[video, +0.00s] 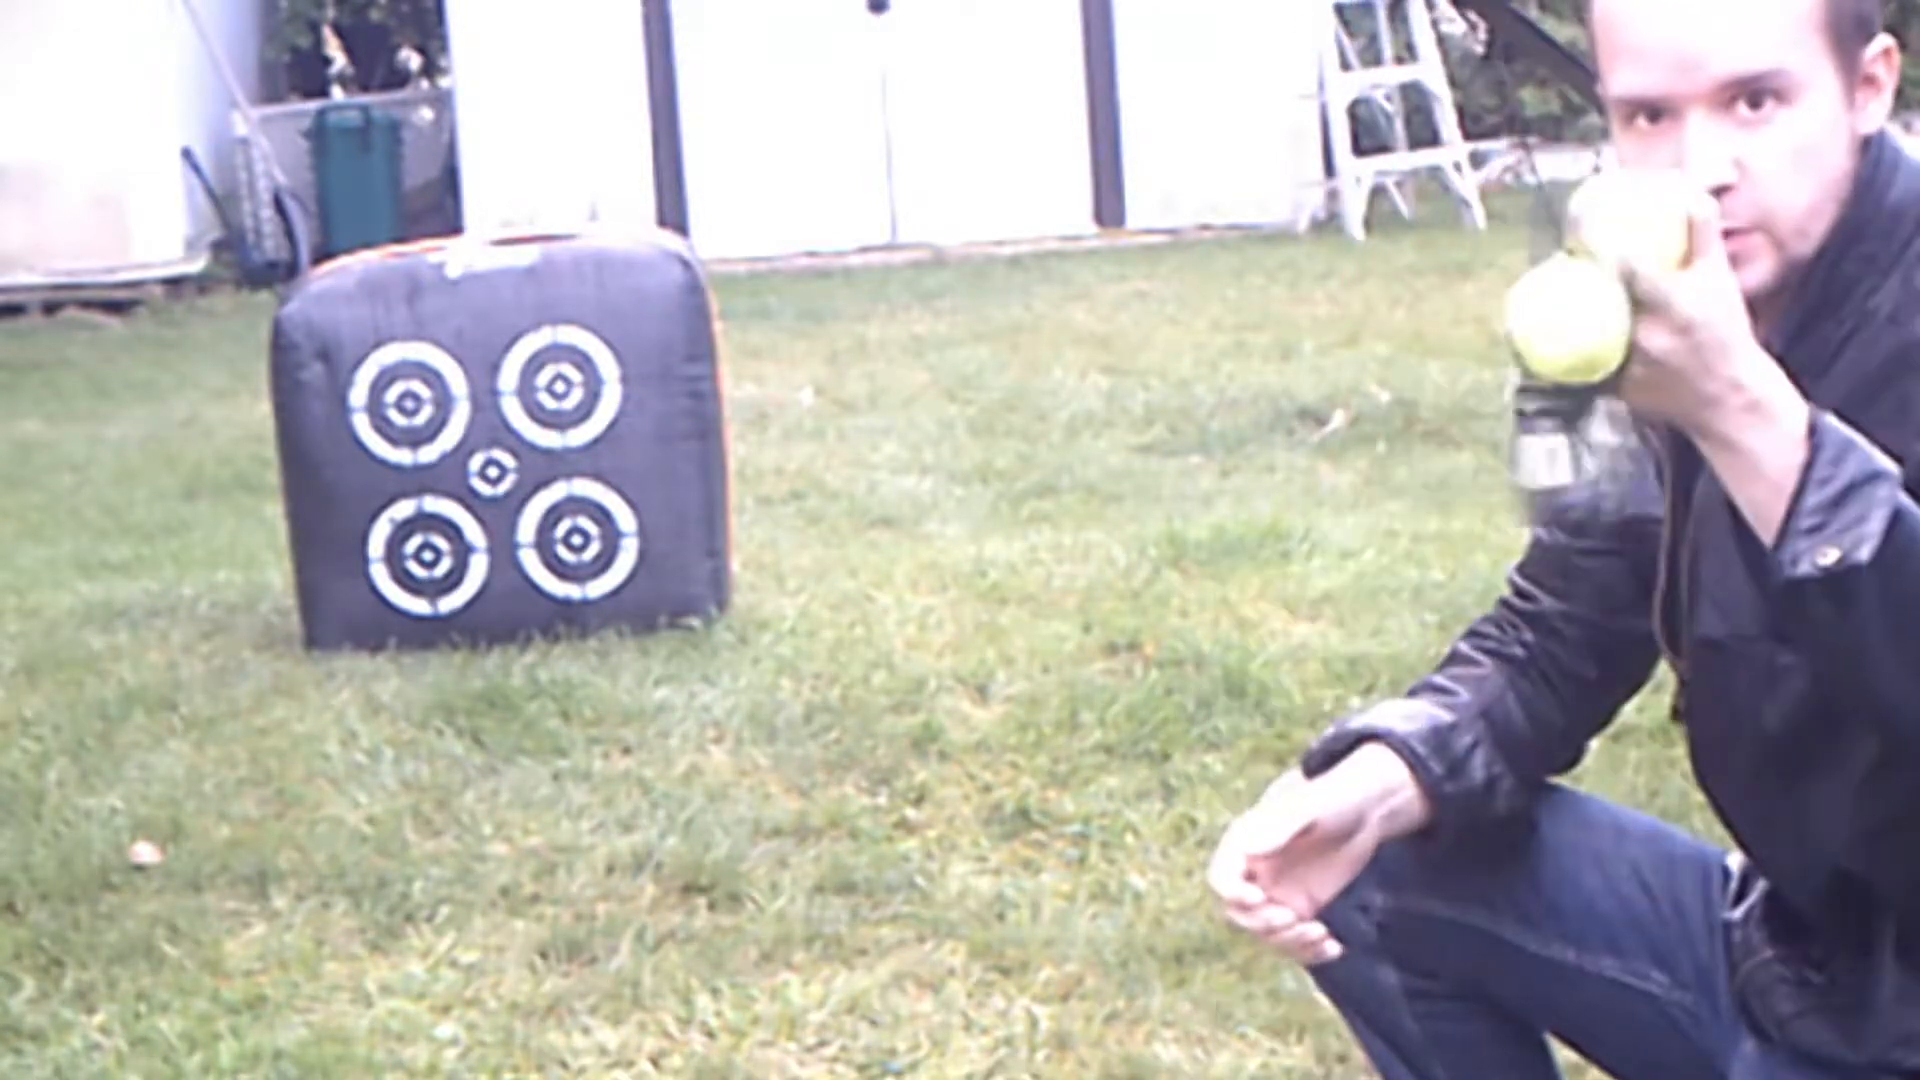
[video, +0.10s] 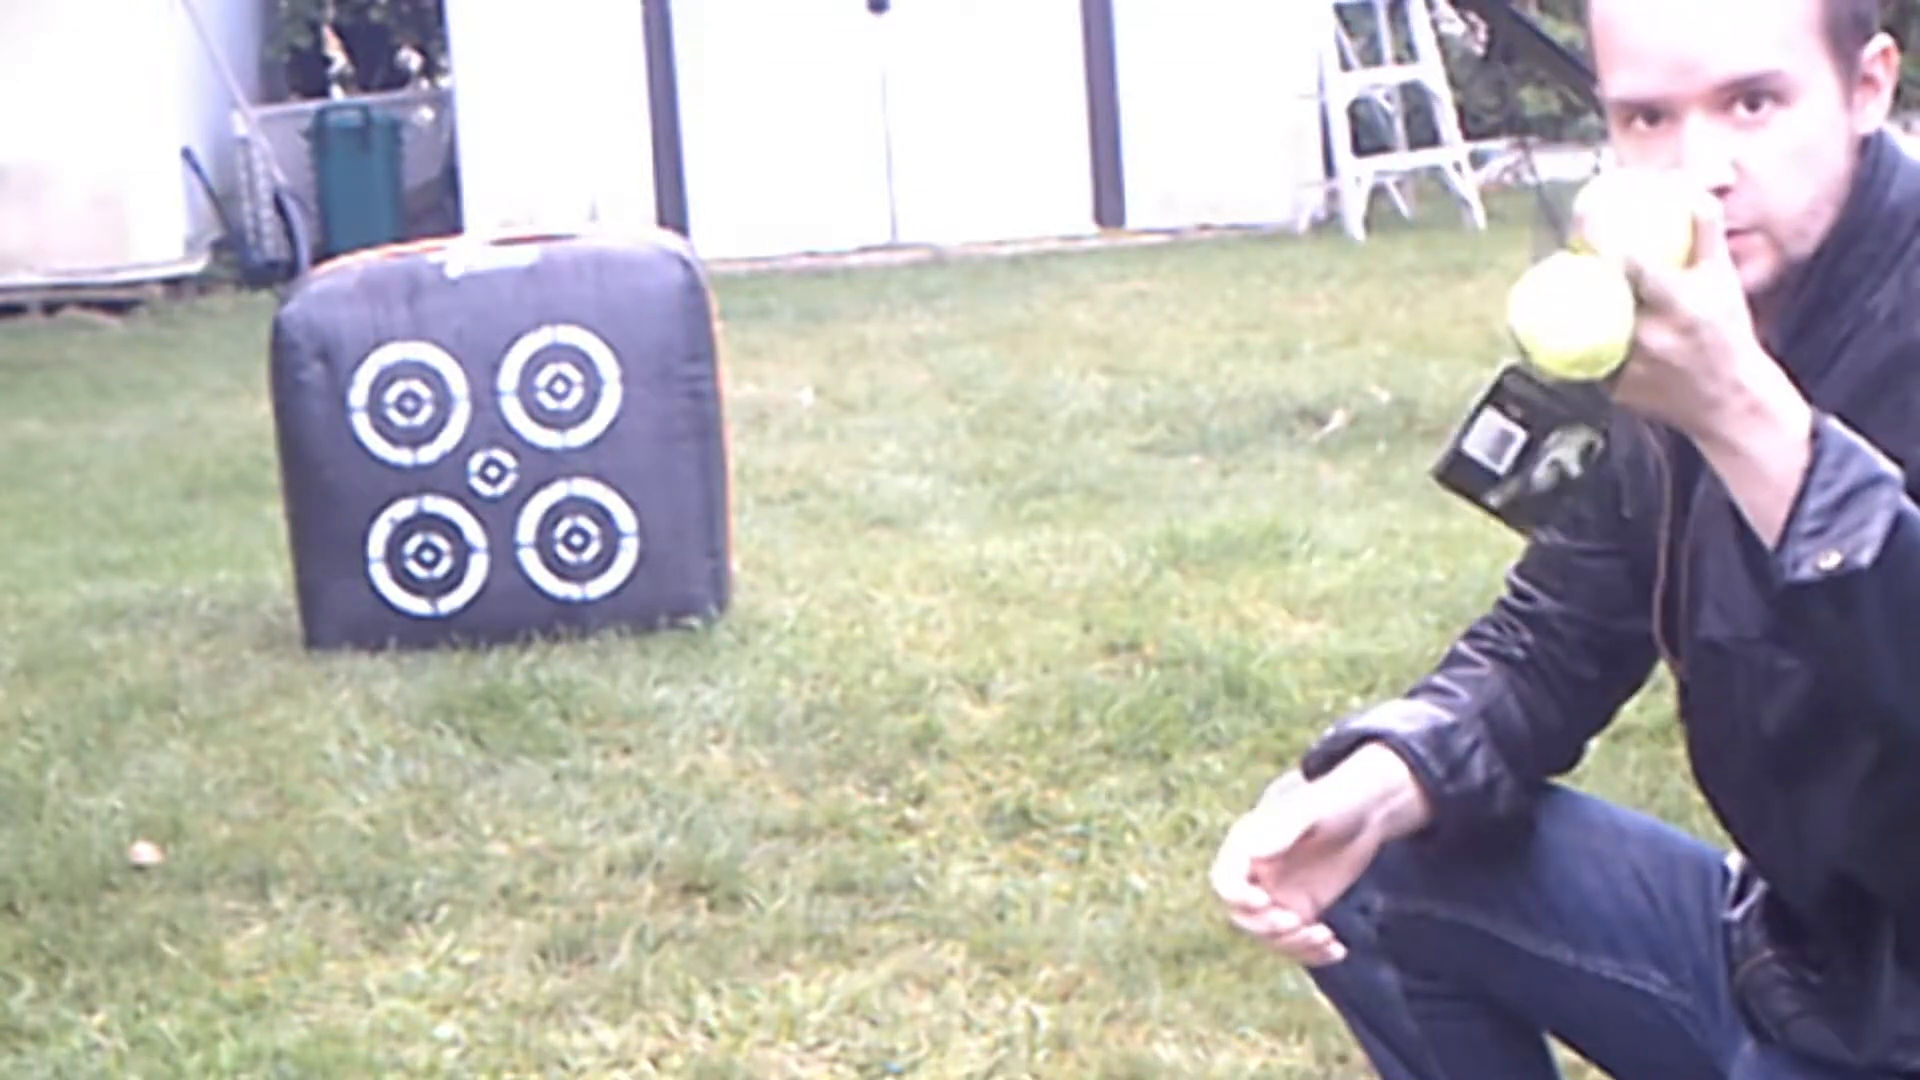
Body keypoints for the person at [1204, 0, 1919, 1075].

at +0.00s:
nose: (1701, 174)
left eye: (1757, 101)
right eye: (1648, 117)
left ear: (1872, 87)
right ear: (1607, 125)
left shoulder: (1911, 329)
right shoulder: (1675, 312)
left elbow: (1904, 680)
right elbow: (1557, 633)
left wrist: (1741, 412)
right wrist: (1387, 779)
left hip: (1893, 1037)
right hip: (1772, 944)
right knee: (1367, 869)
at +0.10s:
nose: (1700, 175)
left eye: (1754, 103)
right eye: (1647, 119)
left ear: (1870, 88)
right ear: (1606, 125)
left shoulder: (1904, 333)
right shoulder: (1686, 325)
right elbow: (1555, 635)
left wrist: (1744, 417)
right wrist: (1388, 780)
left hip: (1885, 1038)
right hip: (1771, 943)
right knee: (1369, 870)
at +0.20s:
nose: (1698, 177)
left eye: (1751, 105)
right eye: (1645, 121)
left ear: (1868, 89)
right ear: (1605, 127)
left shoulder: (1904, 332)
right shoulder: (1687, 321)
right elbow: (1554, 636)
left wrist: (1740, 419)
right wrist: (1389, 780)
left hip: (1885, 1040)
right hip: (1771, 943)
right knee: (1368, 868)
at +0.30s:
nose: (1694, 175)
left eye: (1749, 105)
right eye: (1643, 121)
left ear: (1866, 90)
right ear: (1603, 127)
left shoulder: (1904, 330)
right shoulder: (1635, 310)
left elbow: (1900, 680)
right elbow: (1559, 632)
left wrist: (1738, 423)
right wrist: (1390, 779)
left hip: (1886, 1038)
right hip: (1770, 942)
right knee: (1368, 869)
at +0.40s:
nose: (1693, 175)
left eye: (1748, 105)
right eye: (1642, 121)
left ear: (1866, 90)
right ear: (1604, 129)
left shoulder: (1904, 332)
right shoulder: (1688, 319)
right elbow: (1556, 634)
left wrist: (1738, 431)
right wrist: (1390, 780)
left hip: (1885, 1042)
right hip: (1771, 943)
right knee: (1371, 869)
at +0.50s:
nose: (1688, 178)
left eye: (1745, 106)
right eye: (1640, 121)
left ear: (1865, 89)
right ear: (1601, 129)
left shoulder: (1905, 333)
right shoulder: (1698, 318)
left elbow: (1902, 711)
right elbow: (1562, 629)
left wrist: (1725, 451)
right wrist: (1398, 778)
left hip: (1881, 1045)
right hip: (1769, 942)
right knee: (1376, 869)